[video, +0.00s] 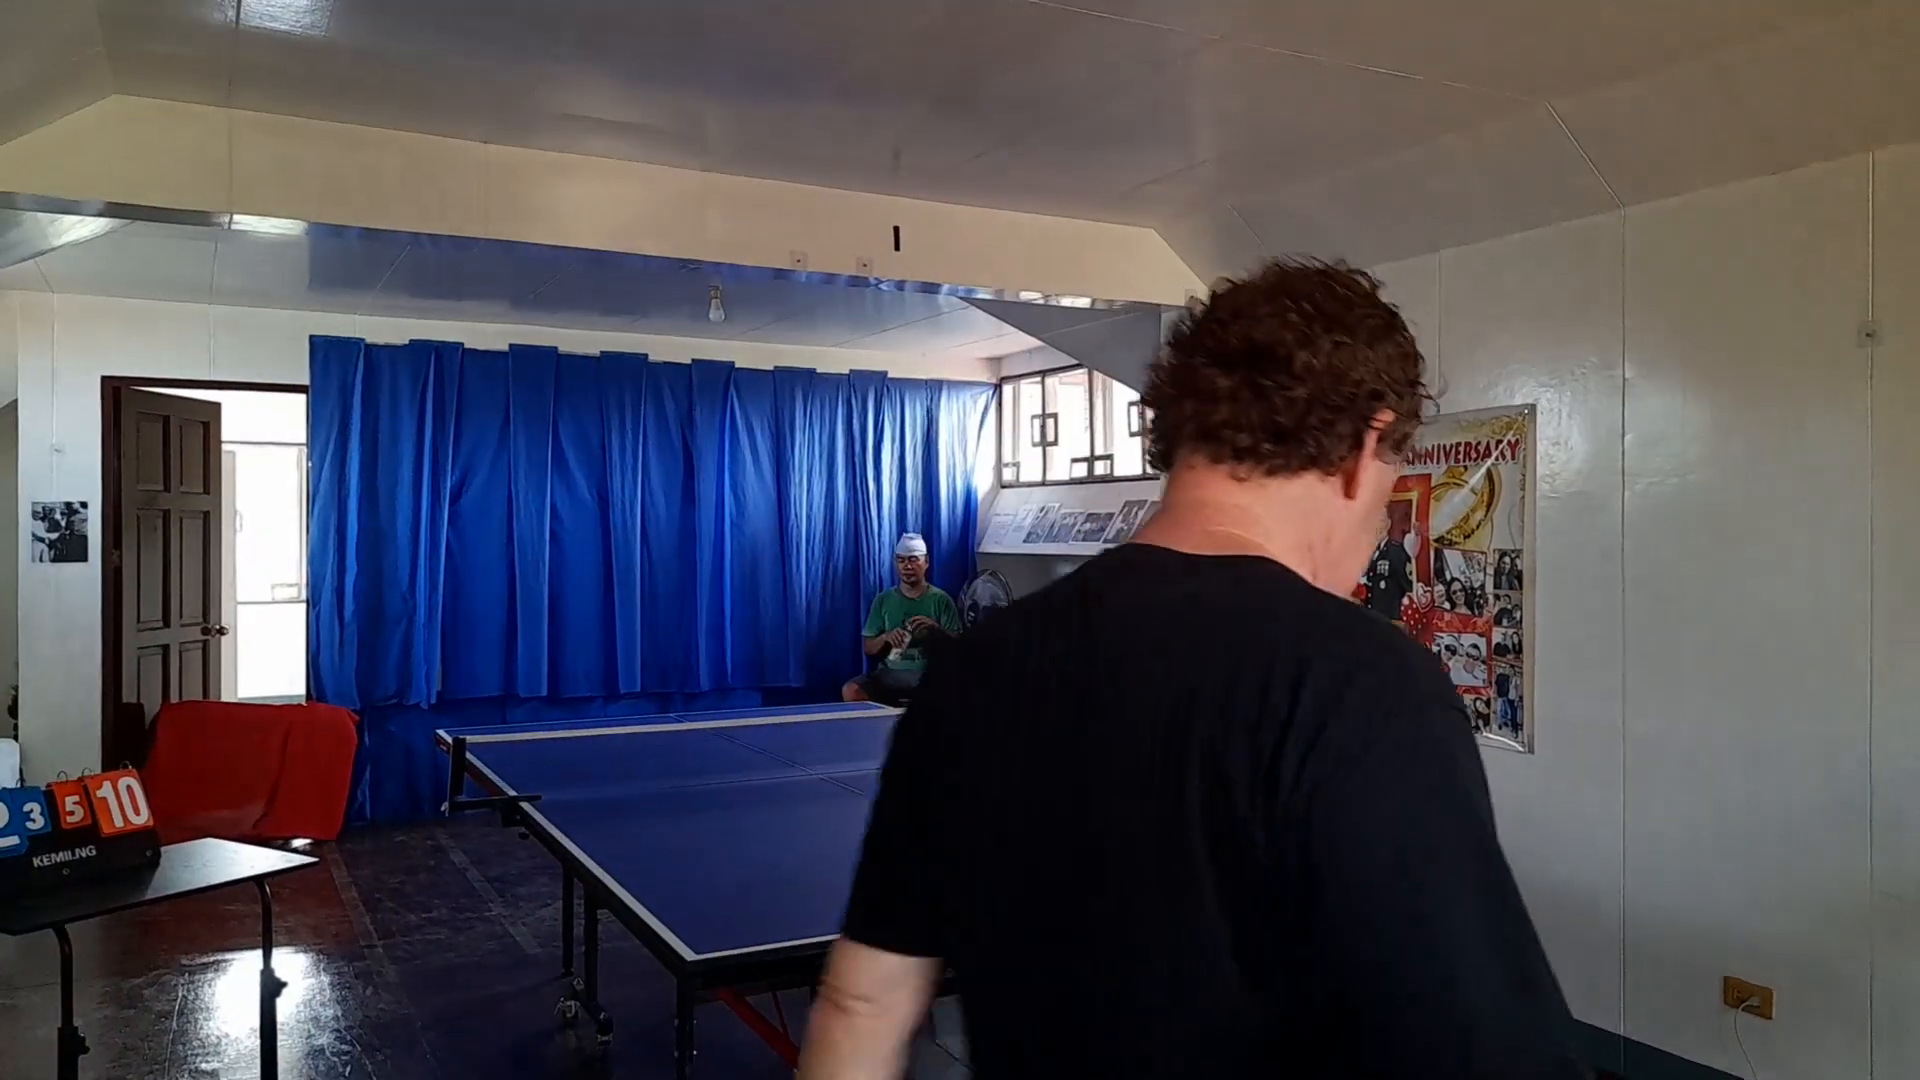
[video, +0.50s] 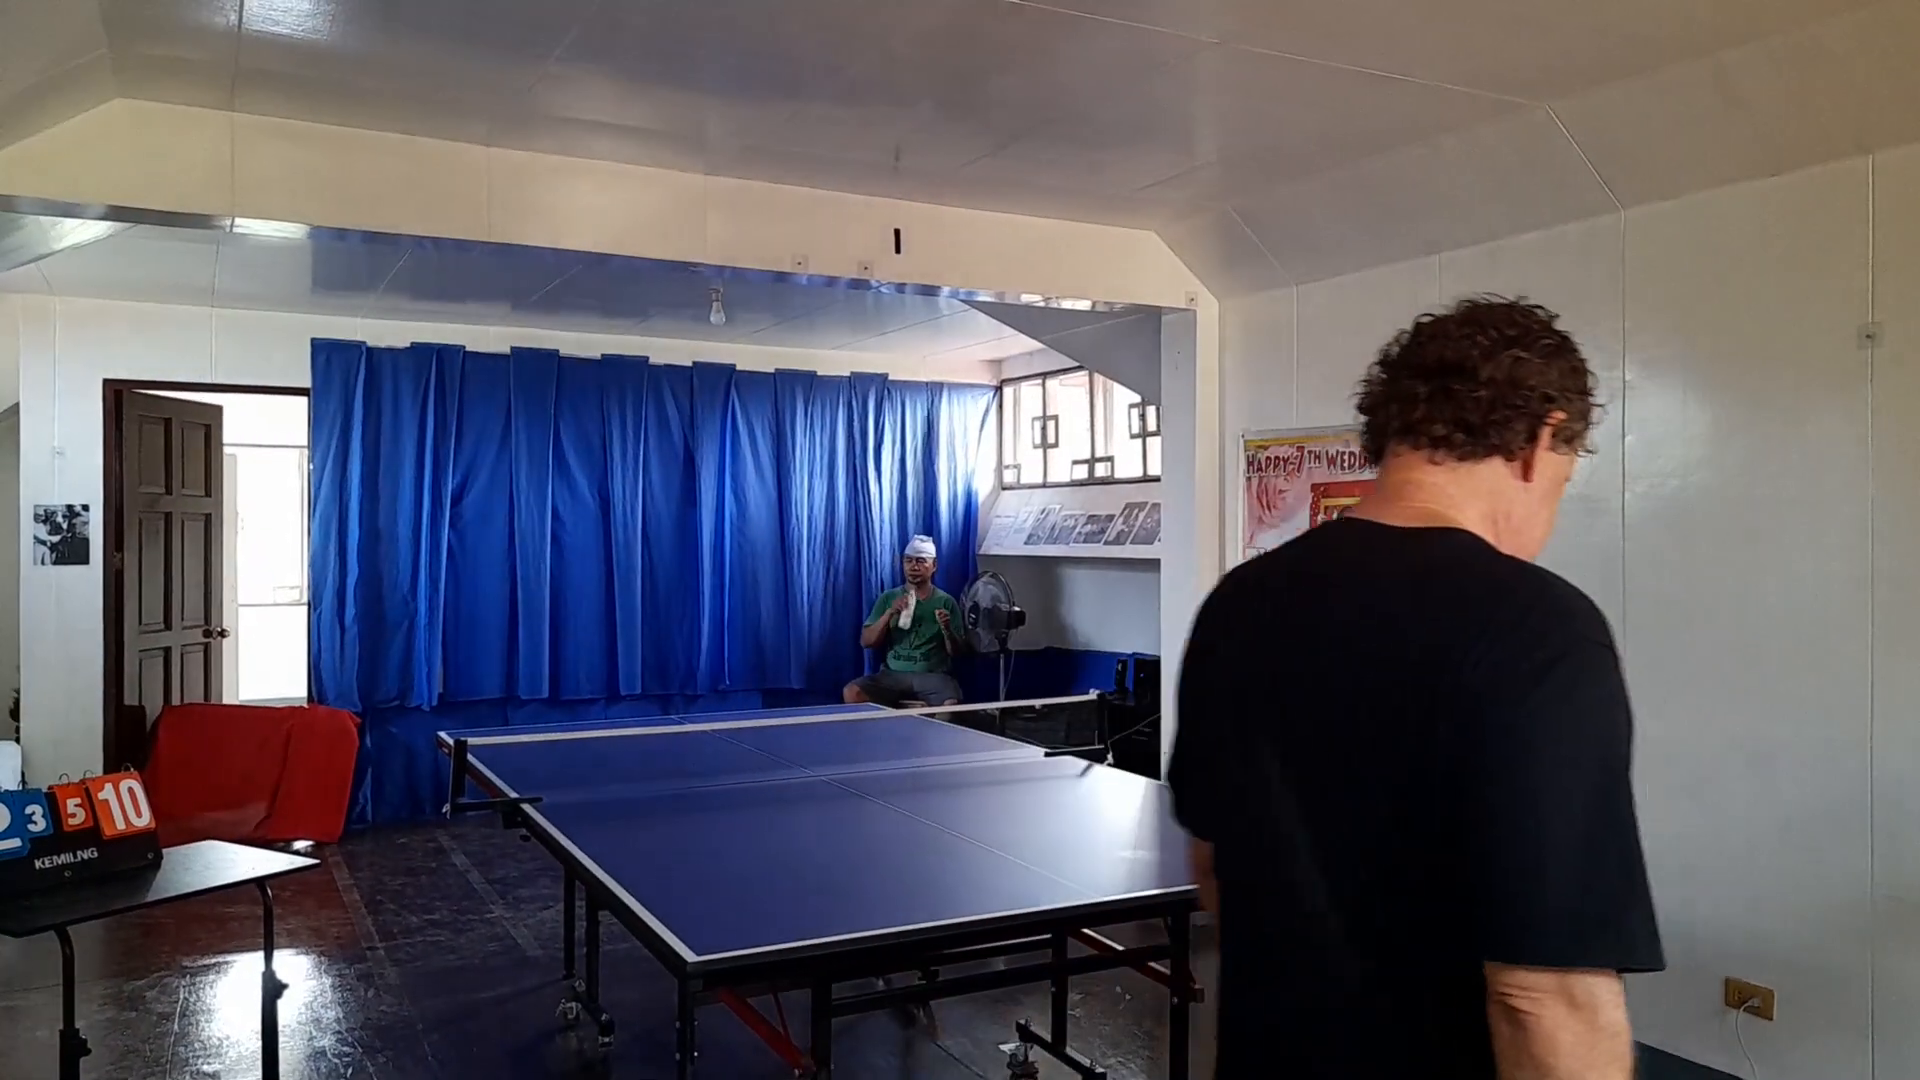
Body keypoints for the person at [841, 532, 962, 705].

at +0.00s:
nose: (907, 566)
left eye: (913, 560)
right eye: (901, 560)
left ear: (926, 563)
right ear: (896, 563)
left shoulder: (941, 600)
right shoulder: (882, 601)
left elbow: (955, 643)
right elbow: (869, 648)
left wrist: (934, 627)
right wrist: (885, 637)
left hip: (929, 674)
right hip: (890, 675)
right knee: (851, 691)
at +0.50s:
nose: (914, 567)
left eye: (921, 561)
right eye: (909, 561)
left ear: (933, 566)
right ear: (903, 564)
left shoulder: (946, 602)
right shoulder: (888, 598)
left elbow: (956, 652)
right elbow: (866, 641)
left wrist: (946, 629)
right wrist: (889, 613)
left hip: (932, 676)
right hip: (892, 674)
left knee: (951, 705)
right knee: (852, 692)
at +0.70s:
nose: (914, 561)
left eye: (922, 556)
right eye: (910, 555)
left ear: (934, 563)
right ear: (903, 559)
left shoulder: (946, 600)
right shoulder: (888, 593)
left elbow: (956, 651)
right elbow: (862, 626)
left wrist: (948, 631)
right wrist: (891, 591)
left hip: (931, 673)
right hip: (891, 671)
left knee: (950, 702)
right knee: (851, 689)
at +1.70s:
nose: (924, 555)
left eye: (930, 551)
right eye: (920, 550)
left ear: (939, 563)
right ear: (910, 557)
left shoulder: (948, 599)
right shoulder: (894, 591)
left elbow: (959, 647)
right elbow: (860, 601)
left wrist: (948, 629)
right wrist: (897, 569)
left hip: (932, 674)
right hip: (892, 671)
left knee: (949, 703)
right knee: (852, 690)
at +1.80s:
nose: (923, 556)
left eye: (929, 552)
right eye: (918, 551)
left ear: (939, 564)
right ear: (911, 559)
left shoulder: (950, 601)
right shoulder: (894, 593)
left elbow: (961, 652)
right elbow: (861, 603)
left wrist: (948, 630)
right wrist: (895, 572)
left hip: (931, 677)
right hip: (892, 673)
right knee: (852, 691)